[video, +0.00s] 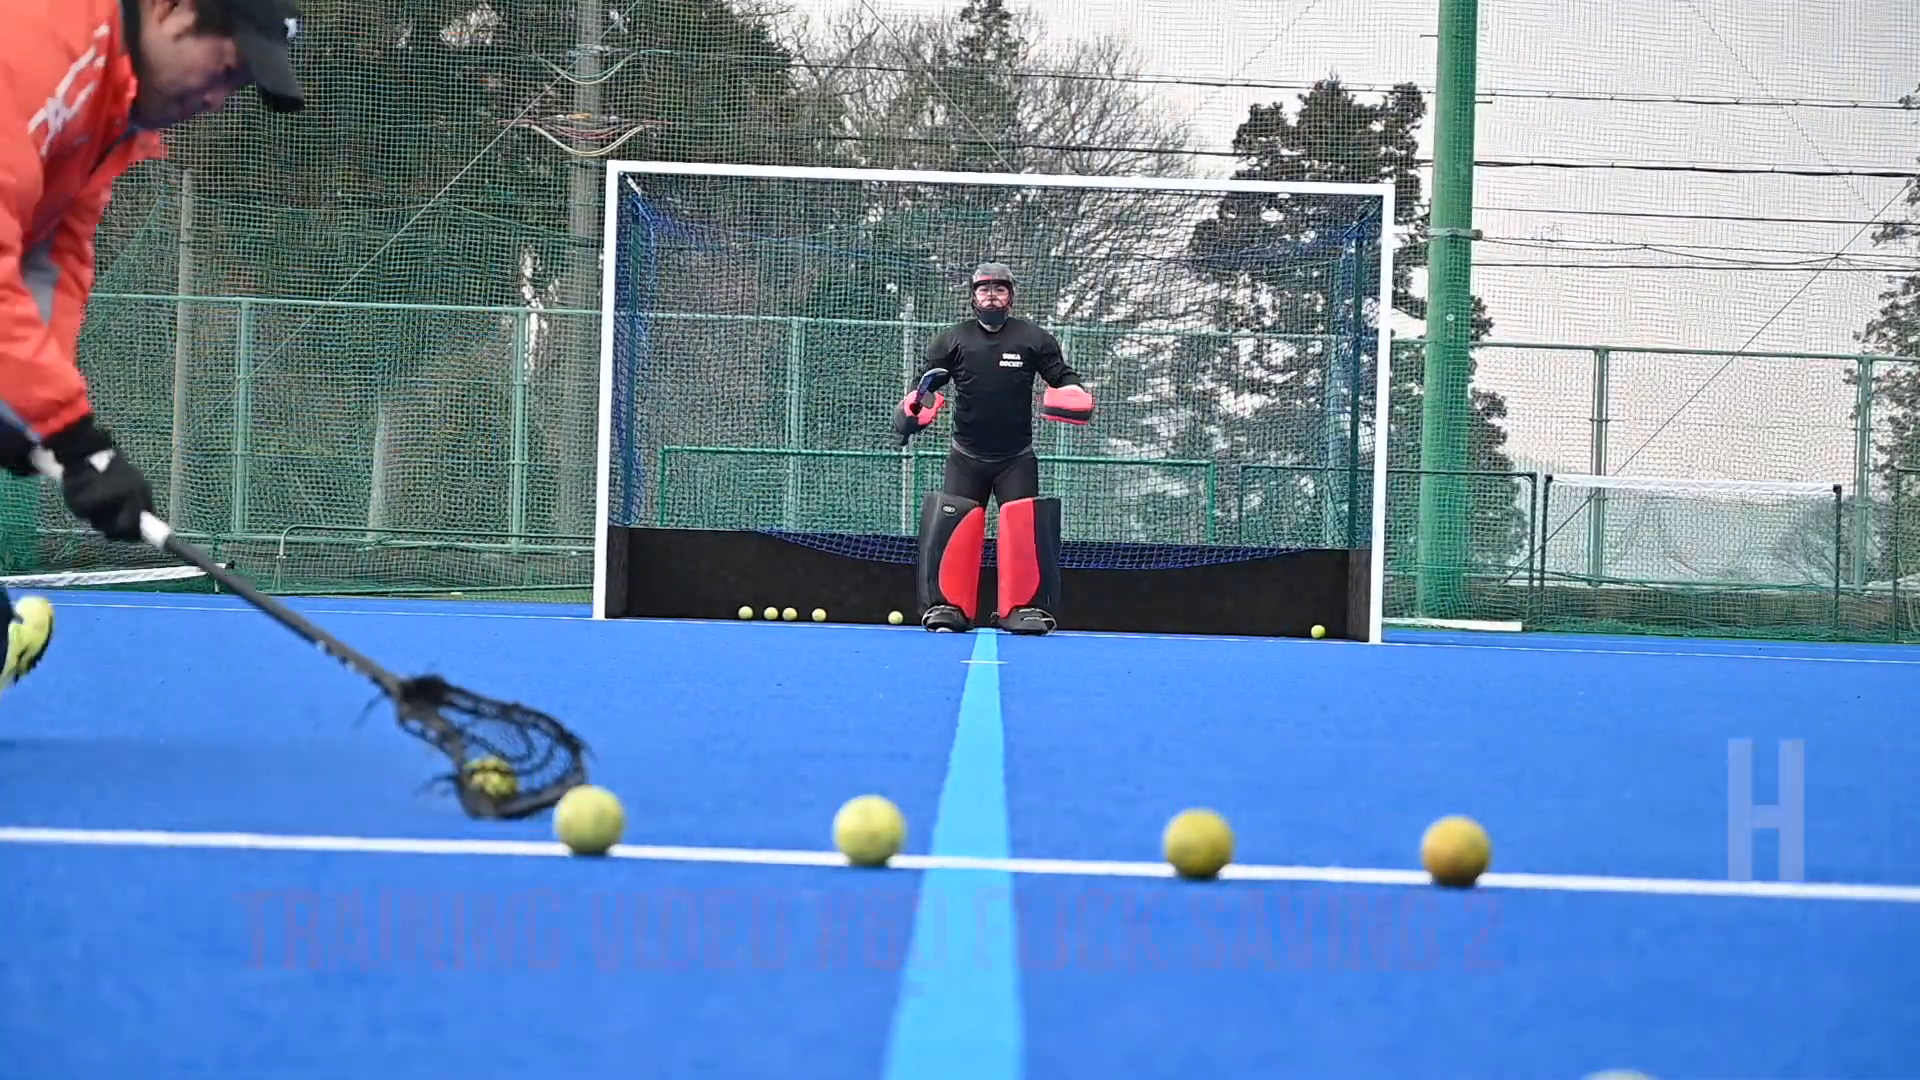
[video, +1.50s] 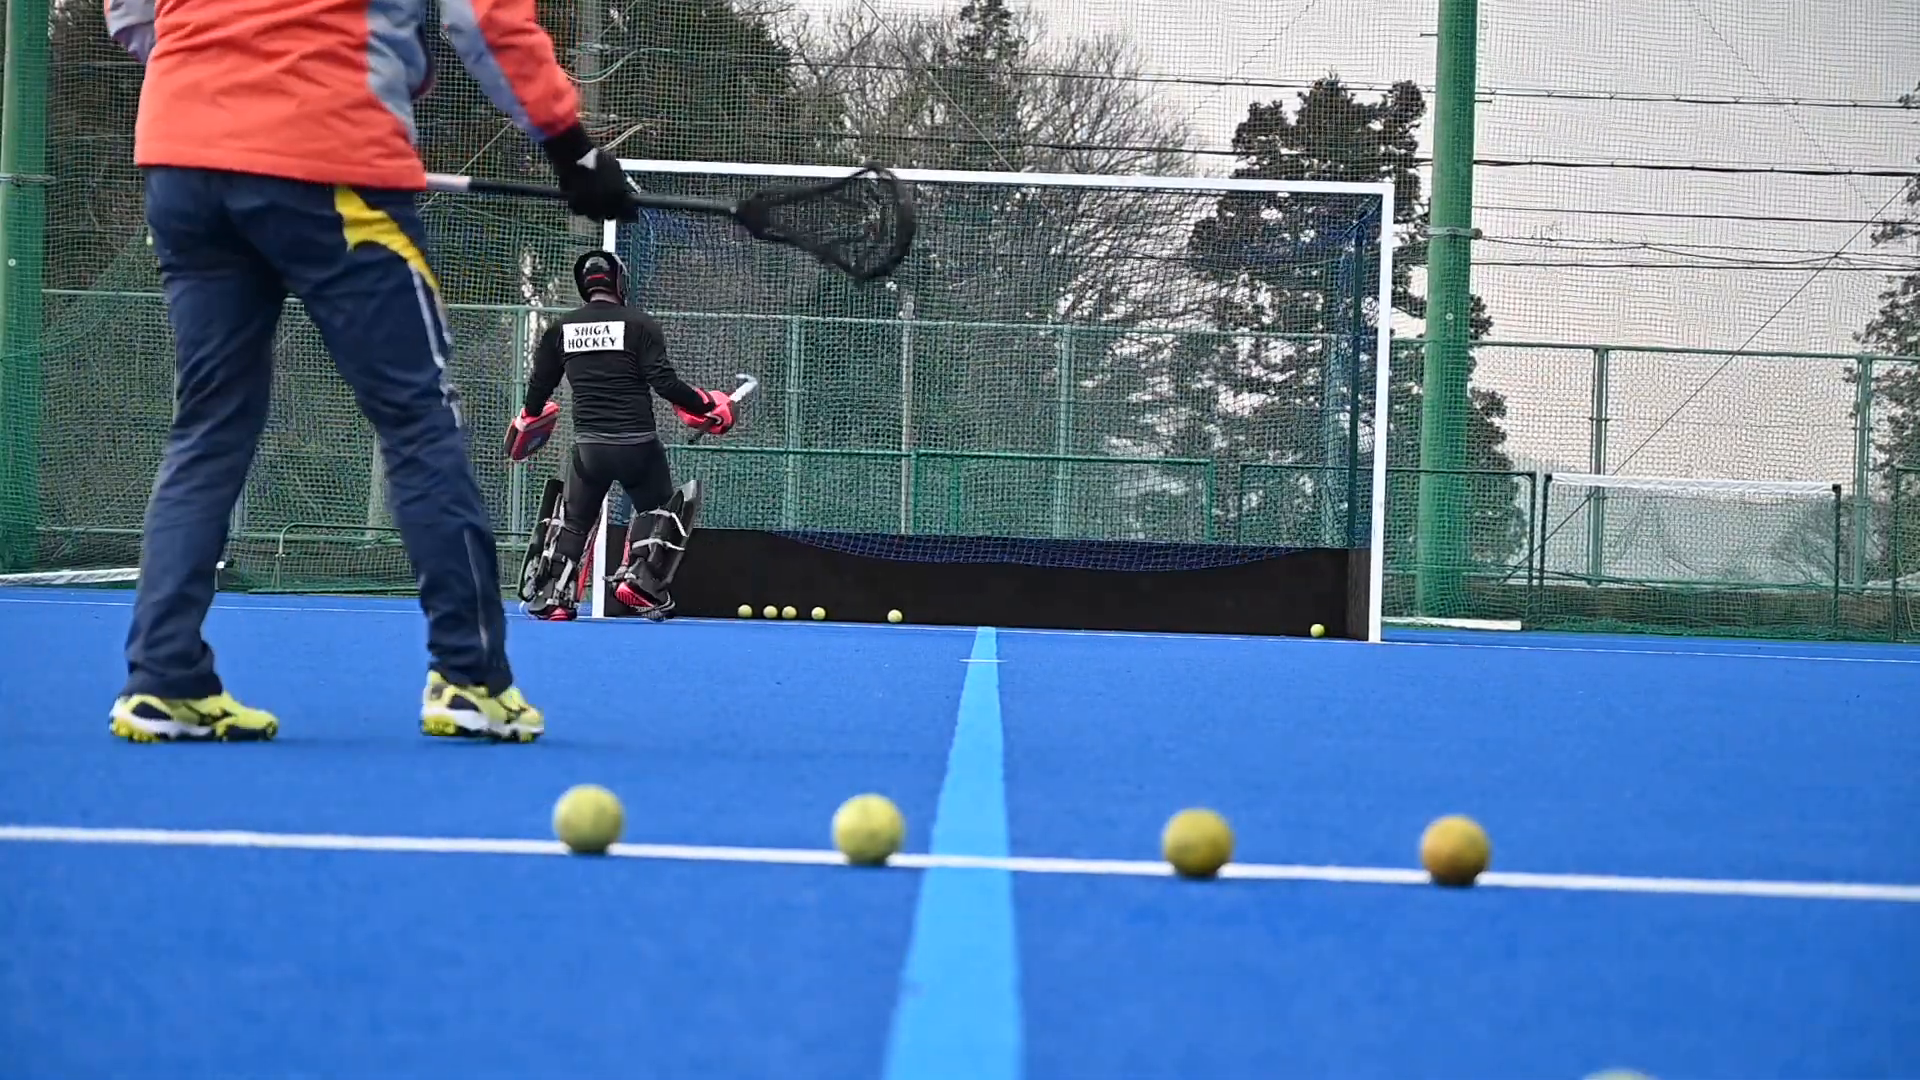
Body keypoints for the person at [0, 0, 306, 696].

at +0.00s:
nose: (220, 100)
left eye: (239, 85)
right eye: (228, 71)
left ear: (172, 12)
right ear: (175, 10)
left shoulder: (119, 95)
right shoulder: (40, 50)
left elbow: (64, 250)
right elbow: (1, 247)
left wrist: (27, 401)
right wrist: (77, 440)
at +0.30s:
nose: (260, 100)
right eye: (263, 84)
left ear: (152, 19)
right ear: (243, 62)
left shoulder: (50, 27)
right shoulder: (245, 129)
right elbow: (182, 262)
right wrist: (121, 369)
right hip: (74, 264)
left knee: (11, 465)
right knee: (10, 467)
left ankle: (9, 683)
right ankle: (7, 682)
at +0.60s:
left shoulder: (59, 3)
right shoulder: (286, 14)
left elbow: (21, 105)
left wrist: (44, 214)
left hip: (96, 117)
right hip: (254, 135)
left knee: (44, 417)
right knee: (323, 429)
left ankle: (17, 682)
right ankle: (384, 603)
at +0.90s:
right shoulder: (437, 9)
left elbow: (183, 64)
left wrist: (208, 200)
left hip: (282, 151)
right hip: (429, 168)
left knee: (150, 408)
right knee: (457, 442)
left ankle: (56, 655)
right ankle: (506, 679)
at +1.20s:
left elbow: (199, 14)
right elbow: (538, 46)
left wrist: (269, 101)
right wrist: (485, 157)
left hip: (269, 139)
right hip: (420, 153)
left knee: (239, 397)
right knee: (469, 427)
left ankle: (192, 619)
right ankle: (504, 679)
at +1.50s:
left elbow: (128, 14)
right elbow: (486, 15)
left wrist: (223, 78)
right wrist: (571, 142)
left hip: (178, 145)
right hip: (327, 144)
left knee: (211, 423)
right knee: (417, 420)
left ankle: (165, 684)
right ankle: (470, 677)